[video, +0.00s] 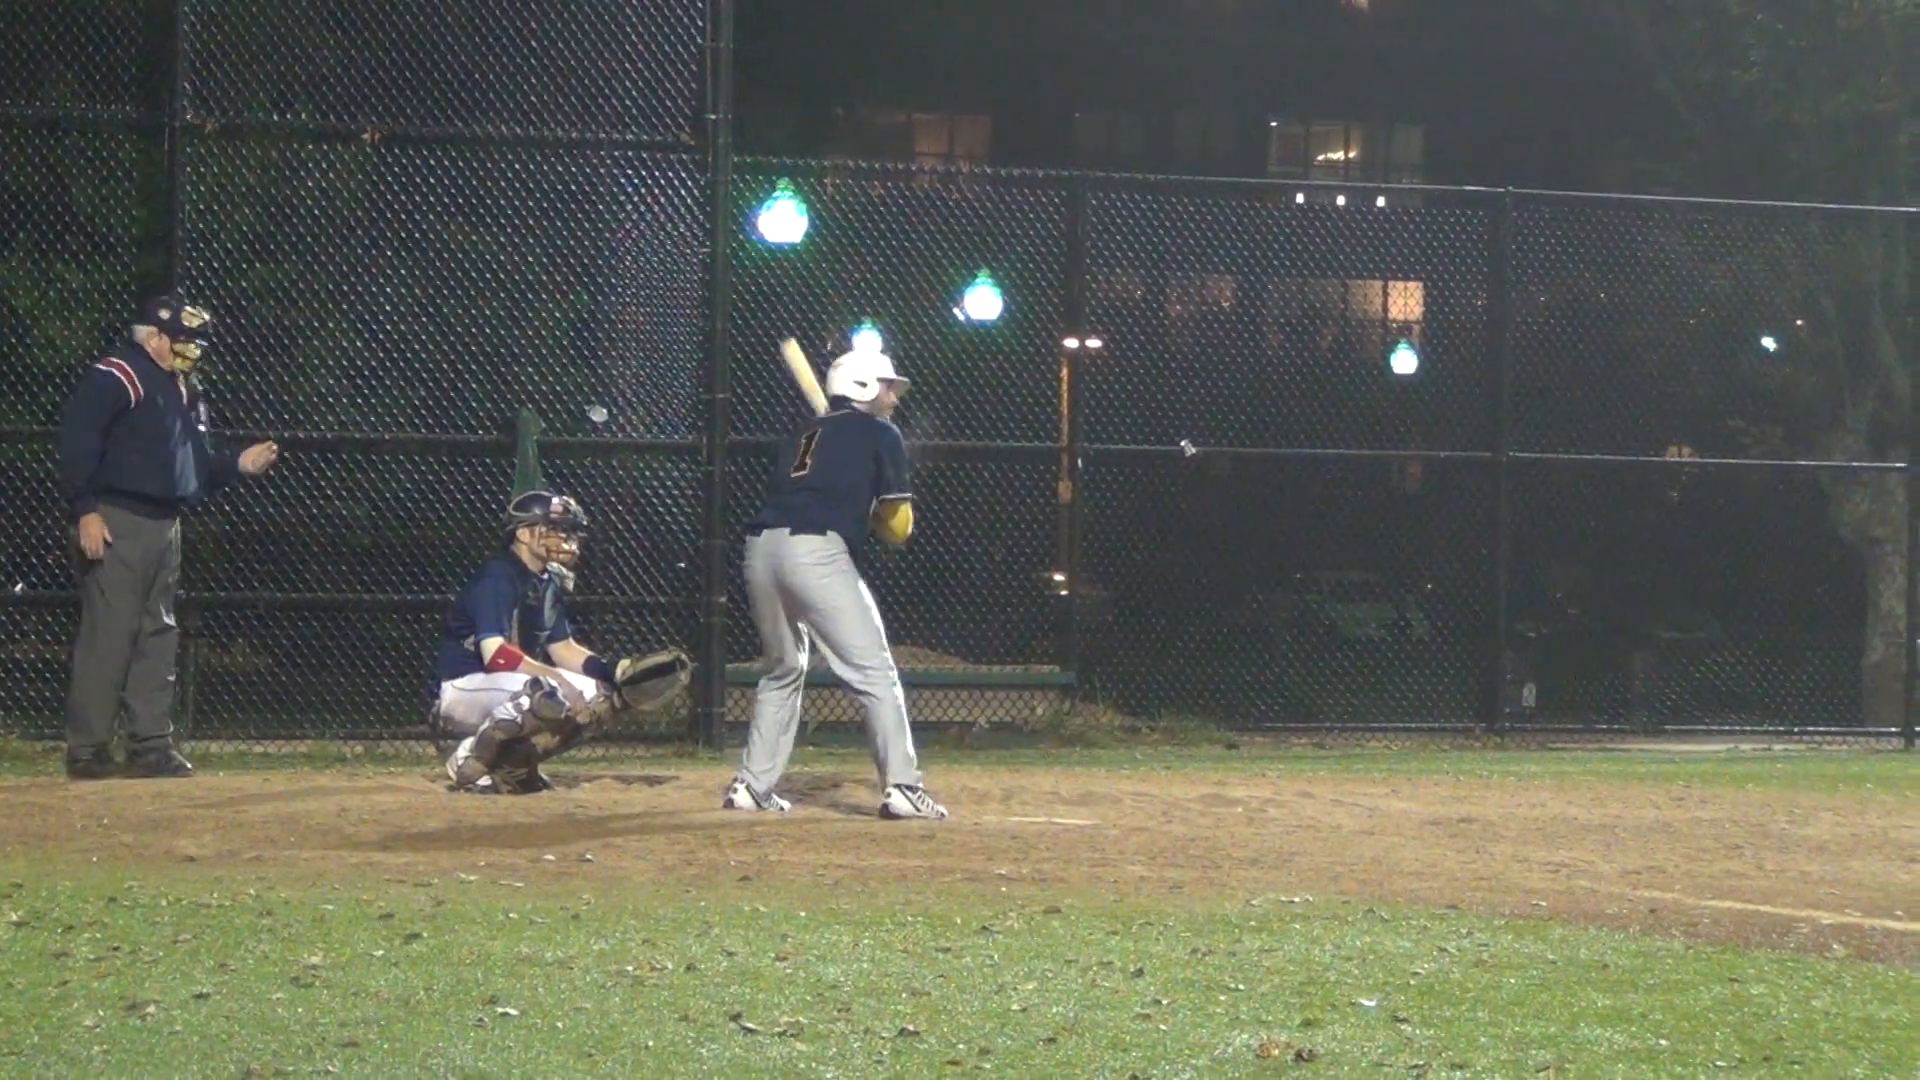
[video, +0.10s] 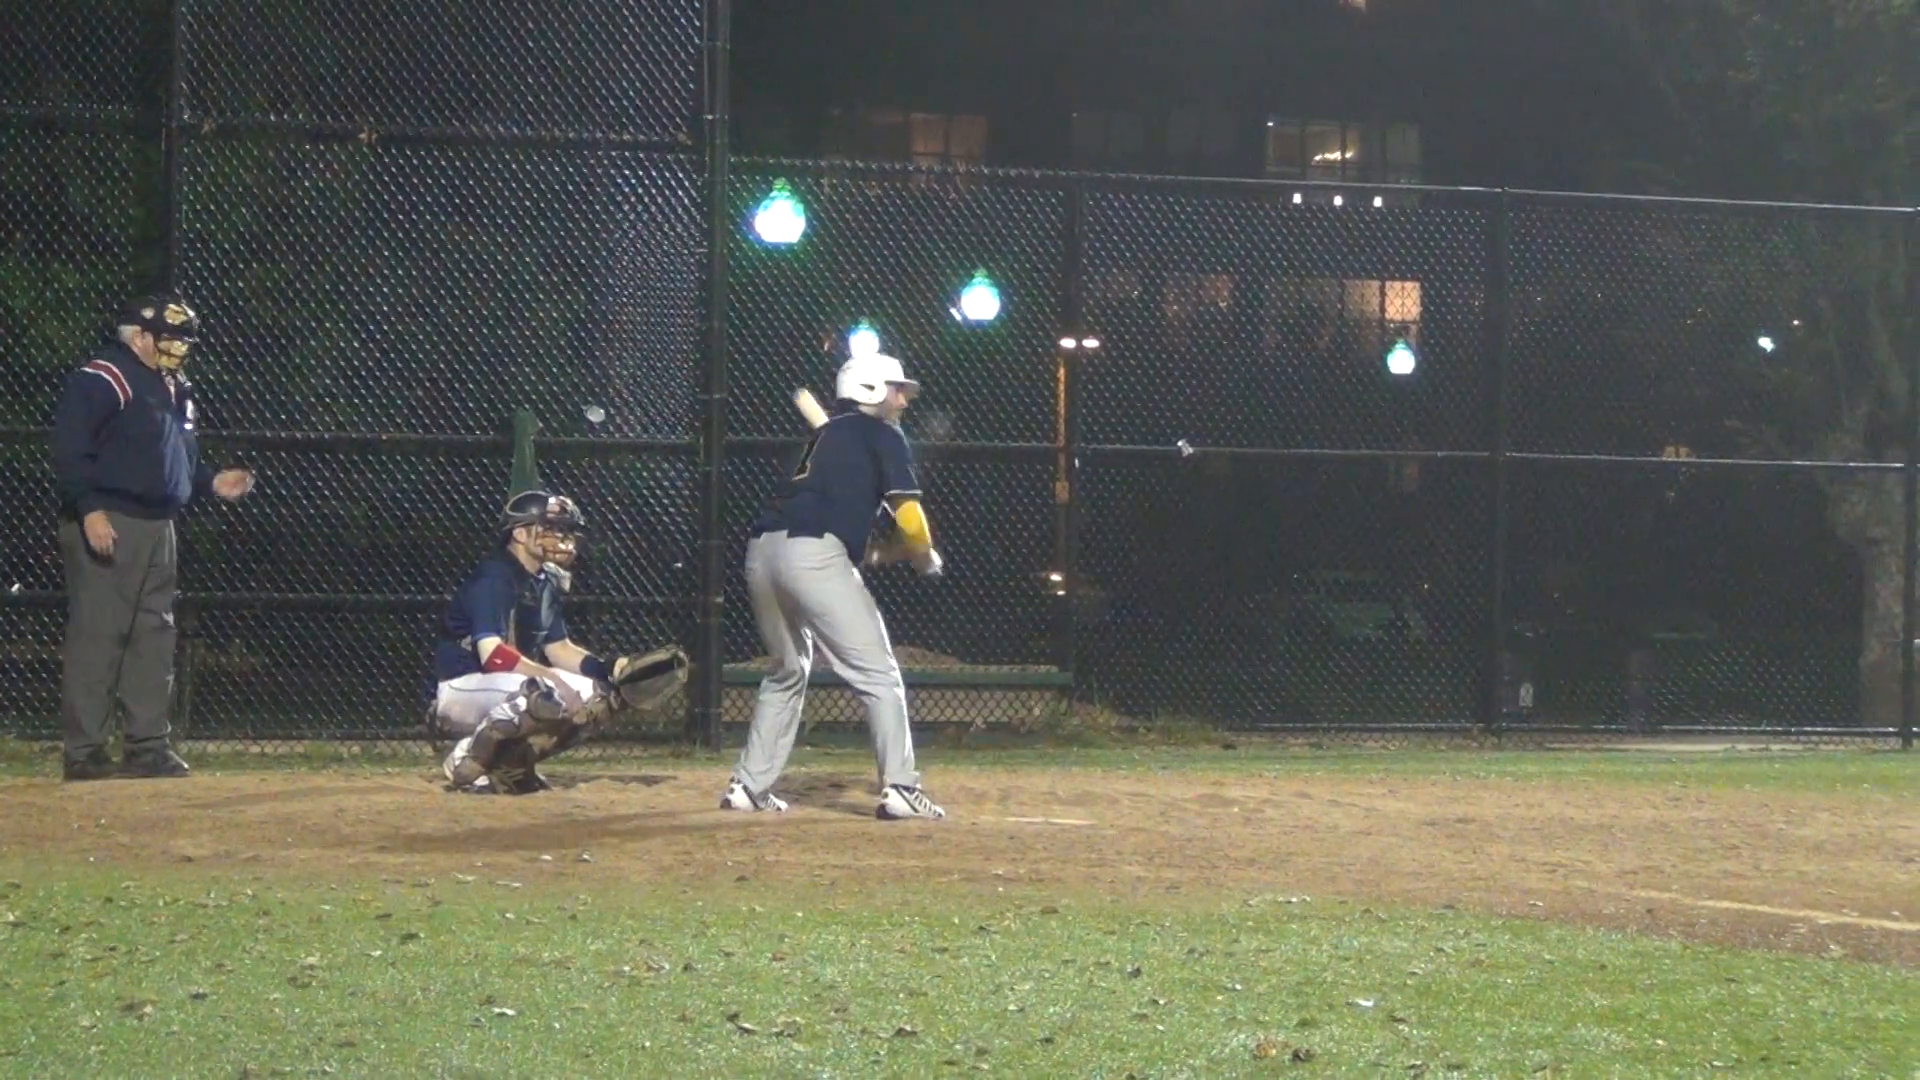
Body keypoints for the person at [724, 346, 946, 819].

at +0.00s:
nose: (896, 396)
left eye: (895, 386)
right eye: (889, 386)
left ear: (842, 390)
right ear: (865, 388)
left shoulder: (801, 432)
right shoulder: (881, 433)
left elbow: (790, 495)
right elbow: (897, 525)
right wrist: (859, 503)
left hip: (759, 548)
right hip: (816, 549)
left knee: (782, 670)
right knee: (876, 675)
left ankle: (753, 785)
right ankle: (903, 789)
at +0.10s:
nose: (904, 399)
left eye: (903, 389)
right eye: (896, 389)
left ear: (853, 394)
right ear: (872, 392)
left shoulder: (826, 432)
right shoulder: (884, 434)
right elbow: (911, 522)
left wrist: (894, 551)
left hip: (761, 550)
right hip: (815, 552)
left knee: (786, 672)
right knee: (880, 677)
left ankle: (749, 787)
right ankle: (901, 789)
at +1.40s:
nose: (857, 397)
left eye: (856, 387)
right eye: (850, 388)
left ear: (804, 391)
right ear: (824, 390)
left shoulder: (759, 432)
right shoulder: (849, 445)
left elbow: (764, 506)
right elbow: (849, 527)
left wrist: (850, 513)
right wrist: (872, 517)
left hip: (737, 564)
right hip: (796, 562)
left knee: (771, 676)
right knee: (869, 676)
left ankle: (747, 789)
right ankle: (899, 787)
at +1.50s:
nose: (854, 397)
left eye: (853, 388)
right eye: (849, 389)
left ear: (796, 388)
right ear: (828, 390)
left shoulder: (752, 431)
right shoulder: (847, 440)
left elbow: (736, 484)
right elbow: (857, 509)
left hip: (741, 566)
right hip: (803, 563)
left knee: (771, 677)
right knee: (867, 682)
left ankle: (747, 790)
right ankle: (895, 791)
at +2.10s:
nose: (884, 401)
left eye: (882, 391)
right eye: (877, 392)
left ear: (828, 395)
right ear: (853, 395)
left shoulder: (781, 440)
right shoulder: (873, 441)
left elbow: (777, 490)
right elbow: (916, 493)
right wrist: (882, 451)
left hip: (774, 581)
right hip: (836, 579)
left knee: (794, 684)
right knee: (905, 692)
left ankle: (751, 791)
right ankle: (904, 794)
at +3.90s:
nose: (875, 415)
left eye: (875, 406)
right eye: (868, 406)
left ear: (819, 404)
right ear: (842, 406)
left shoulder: (770, 433)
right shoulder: (863, 462)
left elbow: (723, 451)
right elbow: (859, 531)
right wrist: (874, 511)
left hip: (753, 578)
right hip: (817, 576)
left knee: (777, 678)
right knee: (890, 677)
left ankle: (752, 786)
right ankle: (911, 770)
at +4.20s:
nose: (877, 416)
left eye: (877, 407)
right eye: (871, 407)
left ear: (821, 406)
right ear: (849, 407)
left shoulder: (775, 441)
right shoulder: (873, 453)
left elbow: (700, 458)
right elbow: (872, 508)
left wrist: (750, 446)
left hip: (777, 579)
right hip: (841, 574)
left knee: (785, 681)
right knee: (920, 670)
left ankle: (754, 787)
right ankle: (952, 759)